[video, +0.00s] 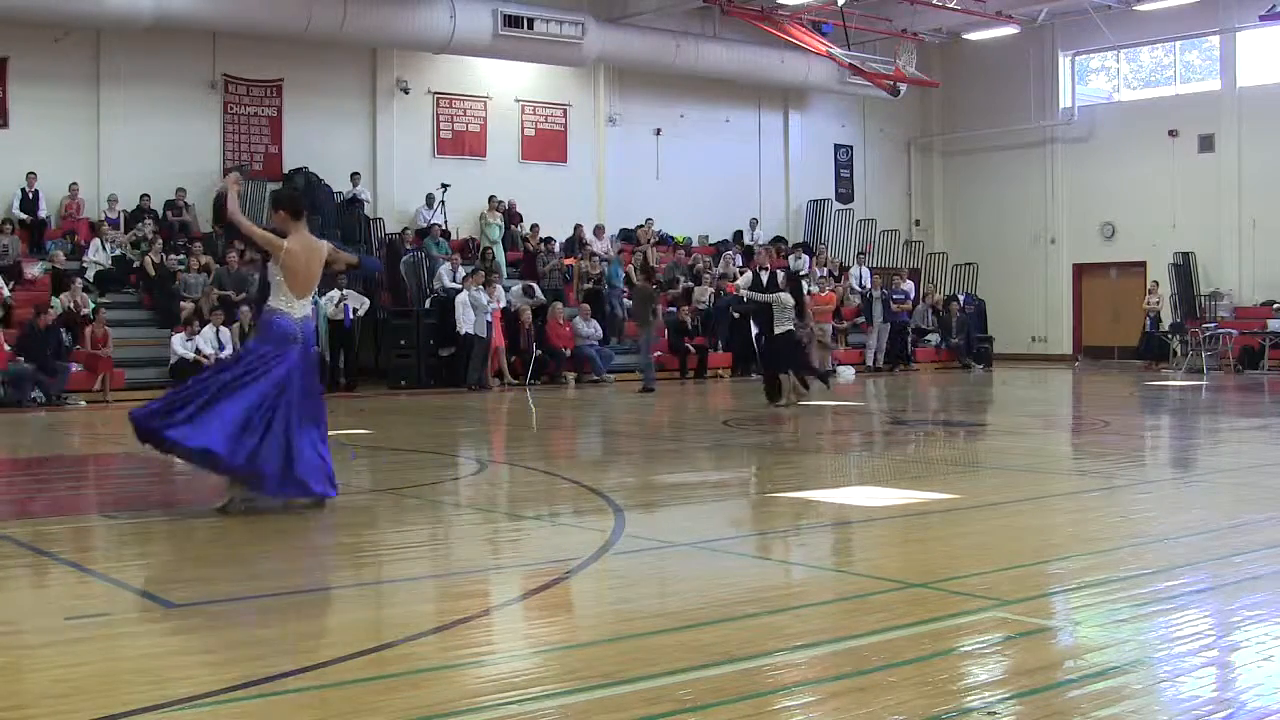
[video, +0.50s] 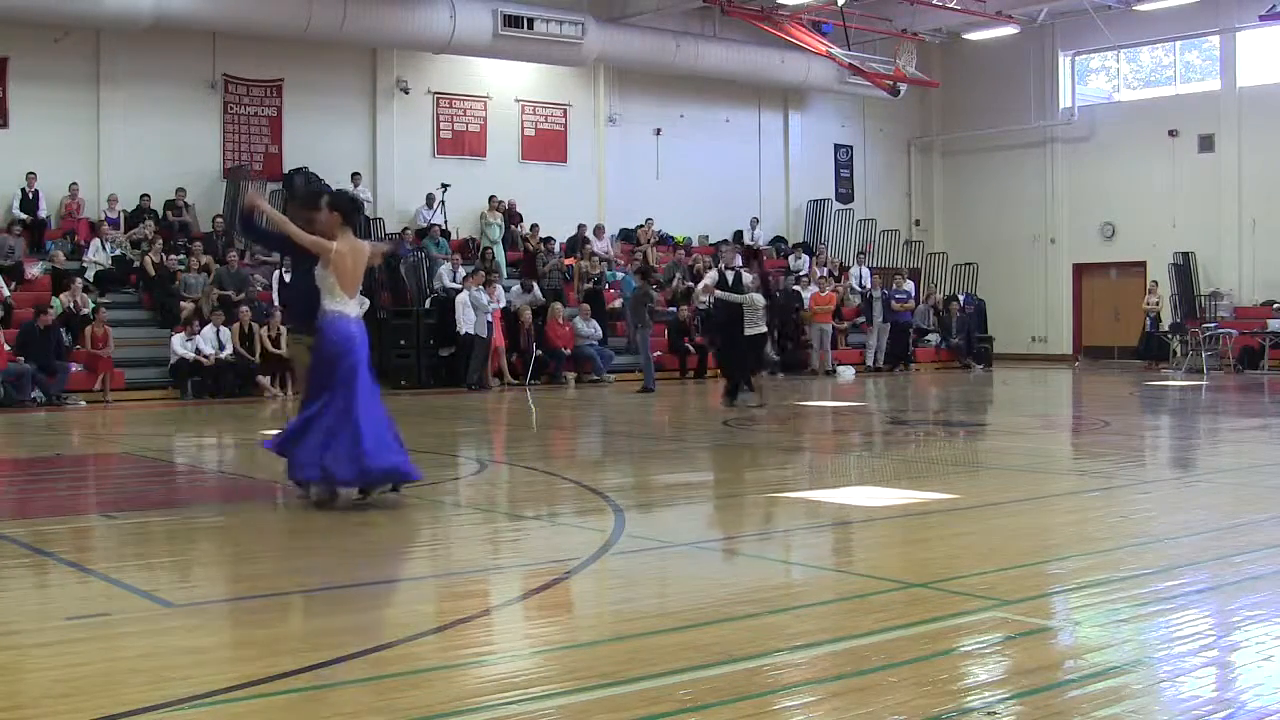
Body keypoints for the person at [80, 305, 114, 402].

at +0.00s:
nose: (105, 315)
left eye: (105, 313)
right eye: (103, 313)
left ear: (105, 315)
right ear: (96, 315)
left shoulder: (107, 330)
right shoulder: (89, 330)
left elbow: (110, 347)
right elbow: (88, 349)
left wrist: (106, 351)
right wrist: (99, 352)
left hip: (103, 354)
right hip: (92, 356)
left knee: (107, 360)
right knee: (106, 365)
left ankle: (98, 381)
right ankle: (107, 393)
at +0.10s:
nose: (105, 315)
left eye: (105, 313)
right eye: (103, 313)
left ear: (105, 315)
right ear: (96, 315)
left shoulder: (108, 330)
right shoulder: (89, 329)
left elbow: (110, 347)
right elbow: (88, 349)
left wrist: (106, 351)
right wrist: (100, 352)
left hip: (103, 355)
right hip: (92, 356)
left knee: (106, 360)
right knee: (106, 365)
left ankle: (98, 381)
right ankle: (107, 394)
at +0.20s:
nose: (105, 315)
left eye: (106, 312)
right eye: (103, 313)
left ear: (106, 314)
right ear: (96, 315)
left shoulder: (108, 330)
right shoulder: (89, 329)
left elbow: (111, 347)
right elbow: (88, 349)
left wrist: (103, 352)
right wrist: (100, 352)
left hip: (103, 355)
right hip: (92, 356)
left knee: (106, 360)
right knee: (106, 365)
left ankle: (98, 382)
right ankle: (107, 395)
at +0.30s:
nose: (105, 315)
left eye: (105, 312)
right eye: (103, 313)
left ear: (105, 314)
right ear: (96, 315)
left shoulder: (108, 330)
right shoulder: (89, 329)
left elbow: (111, 347)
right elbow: (88, 348)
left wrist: (103, 352)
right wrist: (101, 352)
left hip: (103, 355)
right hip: (92, 356)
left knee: (106, 360)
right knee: (106, 365)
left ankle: (98, 382)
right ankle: (107, 394)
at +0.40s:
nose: (105, 315)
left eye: (105, 312)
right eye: (103, 313)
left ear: (105, 314)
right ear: (96, 315)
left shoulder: (108, 330)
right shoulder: (89, 329)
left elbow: (111, 347)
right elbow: (88, 348)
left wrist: (104, 352)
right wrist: (100, 352)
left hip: (103, 355)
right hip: (92, 356)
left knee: (106, 360)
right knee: (106, 365)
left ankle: (98, 382)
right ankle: (107, 394)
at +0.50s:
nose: (105, 315)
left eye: (106, 312)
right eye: (103, 313)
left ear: (106, 314)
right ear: (96, 315)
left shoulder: (108, 330)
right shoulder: (89, 329)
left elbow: (111, 347)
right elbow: (88, 348)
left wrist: (103, 352)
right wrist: (100, 352)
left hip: (103, 355)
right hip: (92, 356)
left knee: (106, 360)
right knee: (106, 365)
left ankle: (98, 382)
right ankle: (107, 394)